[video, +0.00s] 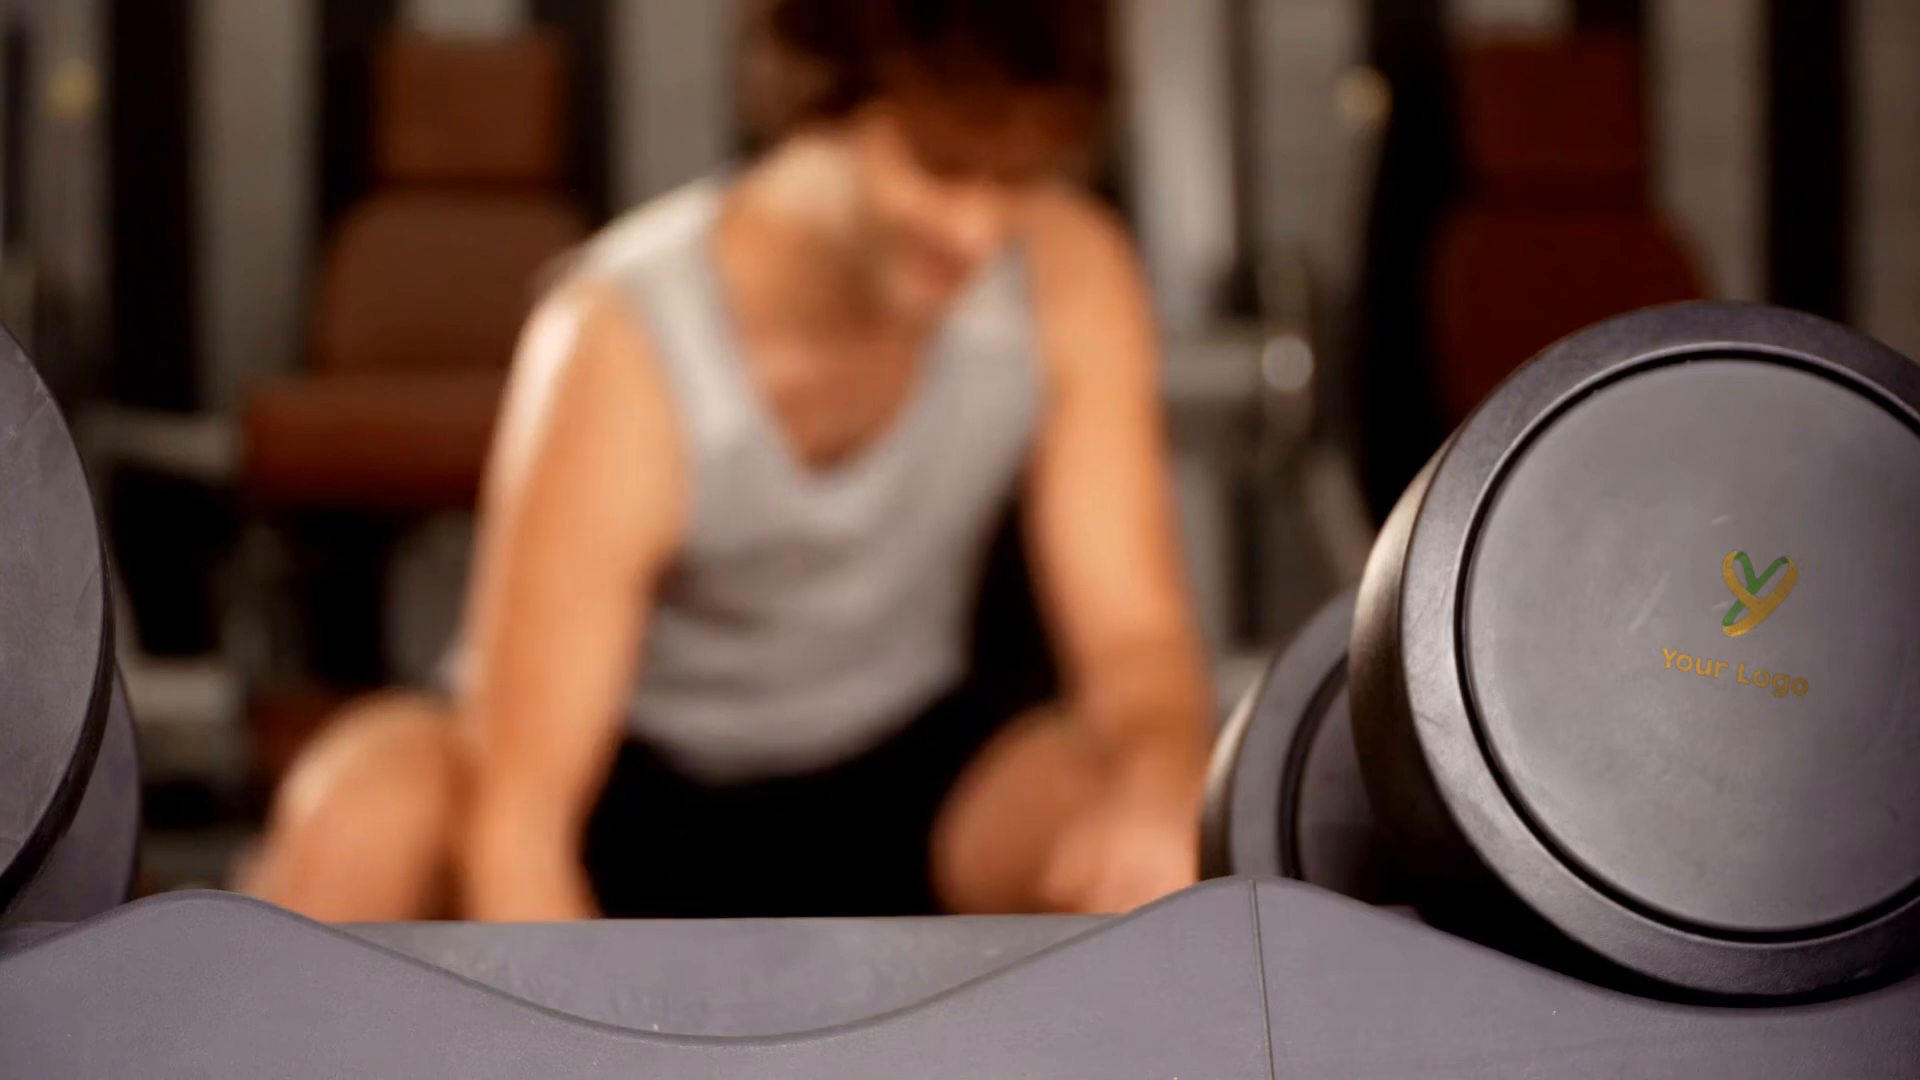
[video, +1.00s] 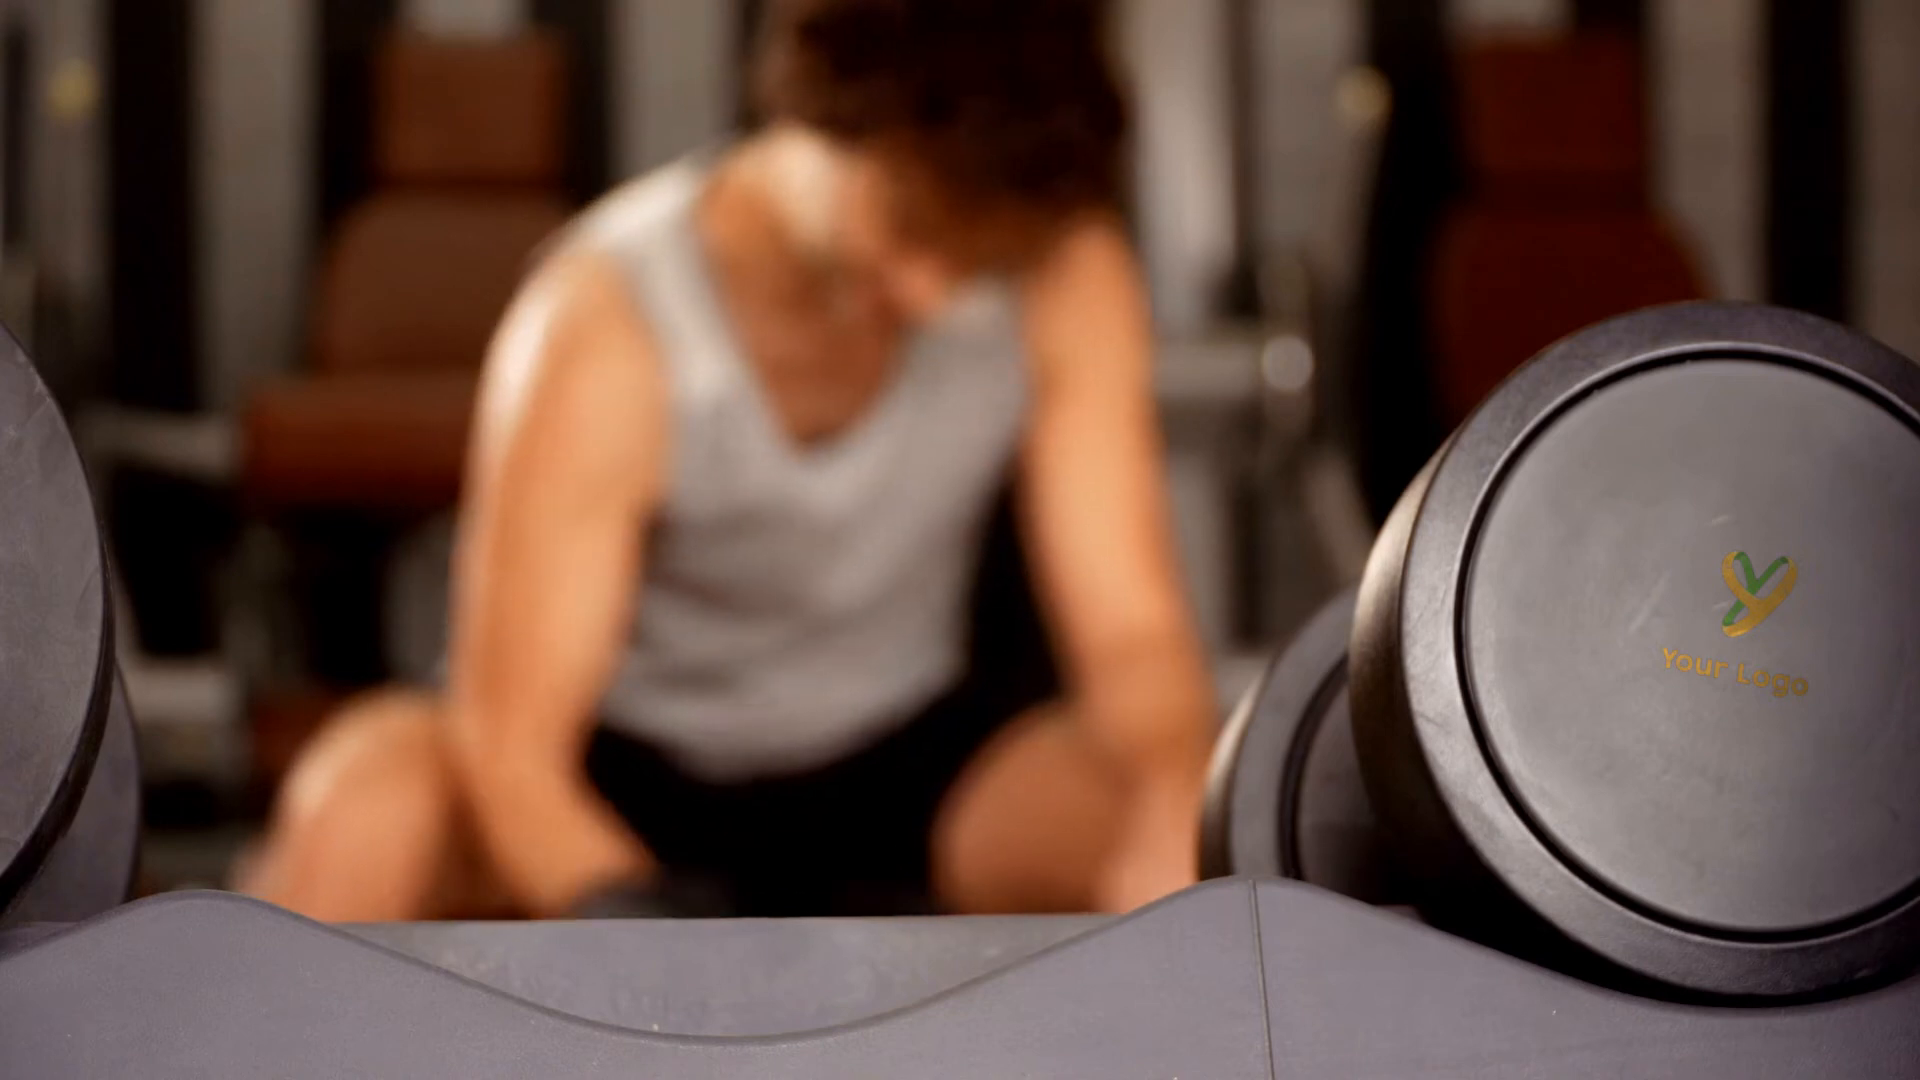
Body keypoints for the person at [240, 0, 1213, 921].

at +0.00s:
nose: (976, 232)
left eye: (1014, 181)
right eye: (937, 170)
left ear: (1053, 159)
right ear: (826, 113)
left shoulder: (1064, 271)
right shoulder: (621, 336)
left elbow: (1135, 652)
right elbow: (520, 815)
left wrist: (1153, 815)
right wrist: (594, 1064)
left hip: (901, 782)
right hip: (625, 793)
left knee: (1157, 824)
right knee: (363, 798)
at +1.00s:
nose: (929, 298)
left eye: (980, 262)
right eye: (904, 241)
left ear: (1041, 219)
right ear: (826, 134)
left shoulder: (1057, 260)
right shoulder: (602, 316)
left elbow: (1133, 643)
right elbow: (511, 755)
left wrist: (1172, 839)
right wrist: (674, 956)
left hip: (902, 777)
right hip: (628, 790)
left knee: (1190, 806)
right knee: (367, 784)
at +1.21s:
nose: (913, 307)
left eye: (963, 269)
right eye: (888, 251)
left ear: (1029, 226)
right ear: (801, 136)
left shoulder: (1044, 263)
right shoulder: (558, 311)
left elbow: (1135, 645)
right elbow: (518, 749)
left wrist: (1172, 852)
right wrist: (840, 811)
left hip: (900, 807)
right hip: (610, 808)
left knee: (1192, 775)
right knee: (371, 779)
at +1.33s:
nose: (902, 306)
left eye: (950, 269)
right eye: (878, 250)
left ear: (1014, 224)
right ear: (790, 140)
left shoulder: (1029, 261)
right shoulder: (525, 313)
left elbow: (1128, 641)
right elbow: (528, 758)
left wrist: (1172, 851)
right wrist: (846, 718)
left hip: (886, 800)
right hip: (594, 806)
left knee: (1187, 797)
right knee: (366, 791)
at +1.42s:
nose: (895, 306)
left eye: (939, 267)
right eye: (872, 250)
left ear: (995, 215)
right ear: (782, 143)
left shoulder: (1020, 264)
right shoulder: (505, 316)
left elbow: (1126, 644)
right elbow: (521, 756)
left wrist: (1171, 877)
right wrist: (733, 725)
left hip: (894, 780)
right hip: (593, 794)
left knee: (1174, 806)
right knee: (359, 792)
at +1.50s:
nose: (886, 303)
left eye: (926, 263)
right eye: (859, 248)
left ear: (980, 205)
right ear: (764, 148)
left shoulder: (1010, 262)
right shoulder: (492, 318)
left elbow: (1121, 639)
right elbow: (509, 749)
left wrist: (1182, 877)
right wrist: (735, 696)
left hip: (900, 786)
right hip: (598, 796)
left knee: (1169, 807)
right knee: (351, 798)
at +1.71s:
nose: (868, 301)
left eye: (912, 262)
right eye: (845, 242)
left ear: (968, 212)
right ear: (753, 147)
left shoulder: (1003, 262)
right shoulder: (487, 323)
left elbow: (1117, 638)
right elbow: (509, 762)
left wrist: (1177, 870)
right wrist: (731, 639)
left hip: (900, 775)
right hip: (599, 794)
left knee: (1172, 817)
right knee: (346, 798)